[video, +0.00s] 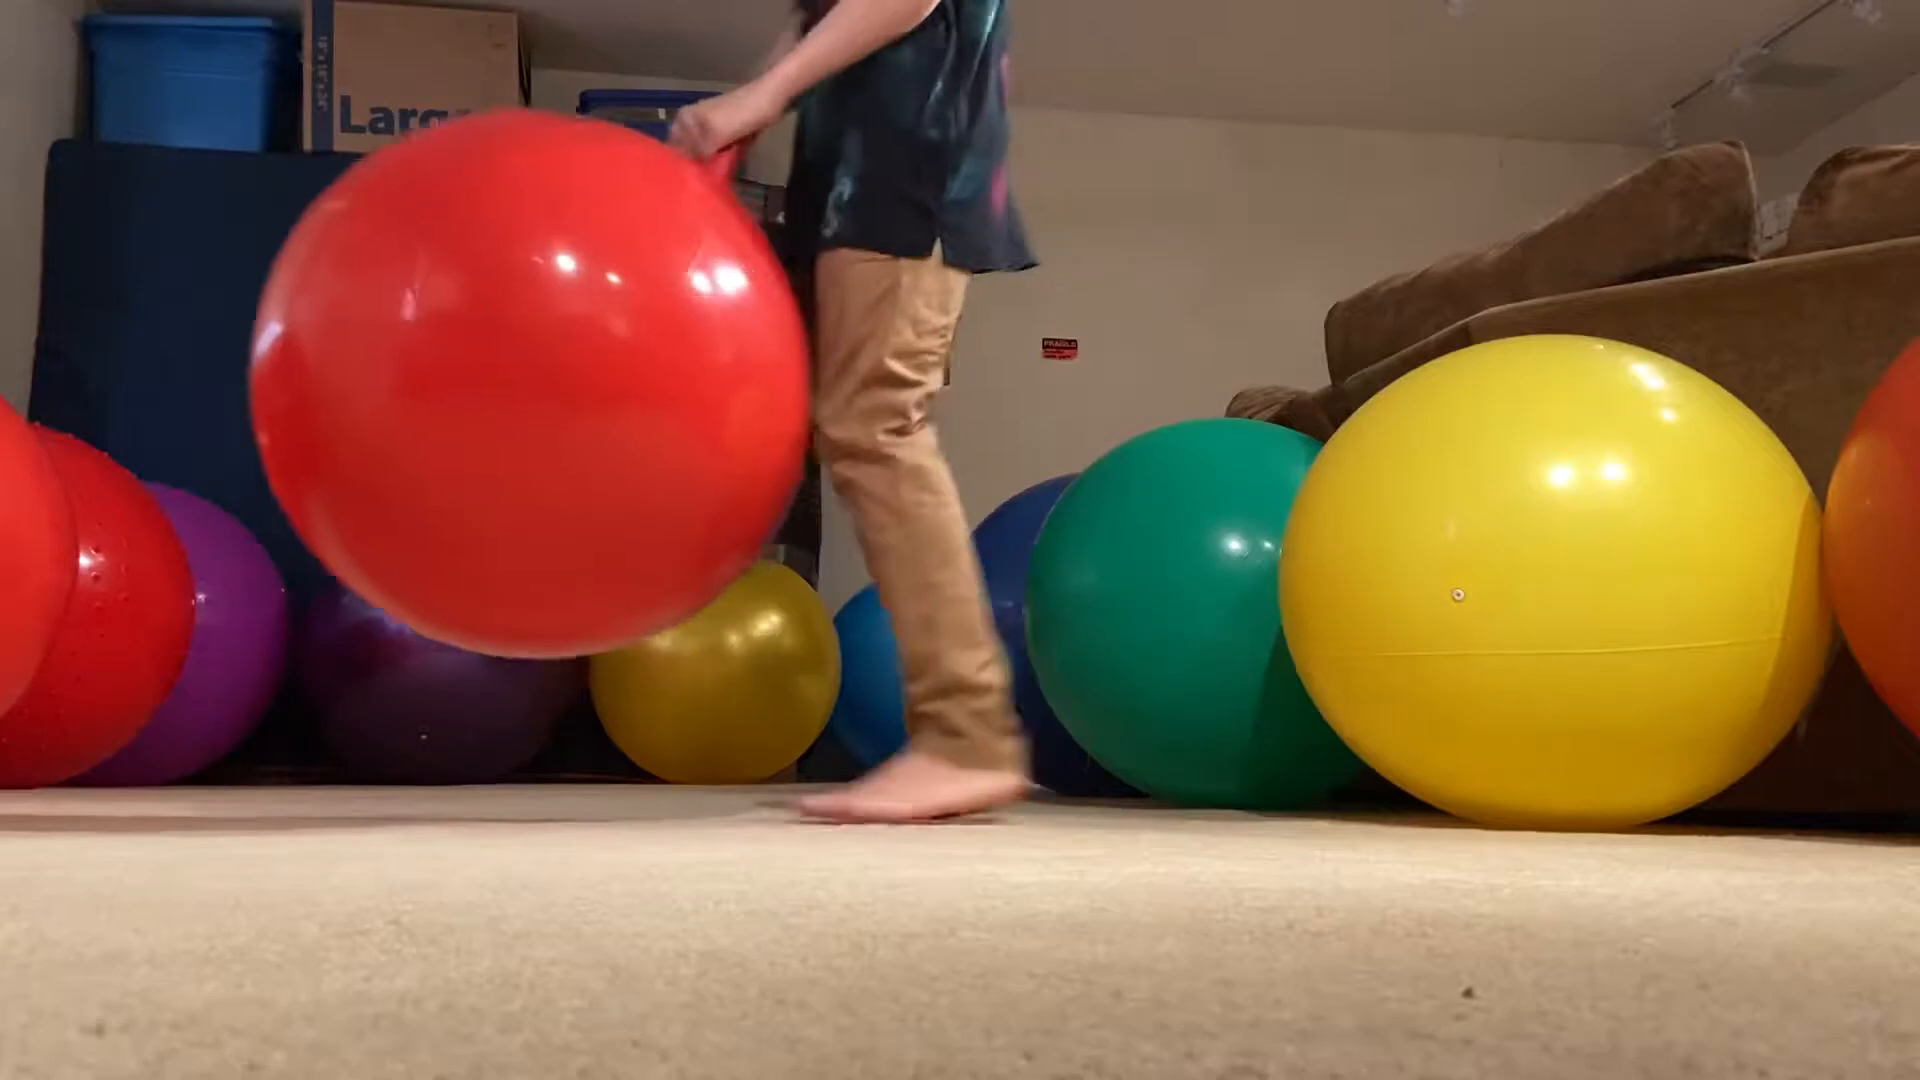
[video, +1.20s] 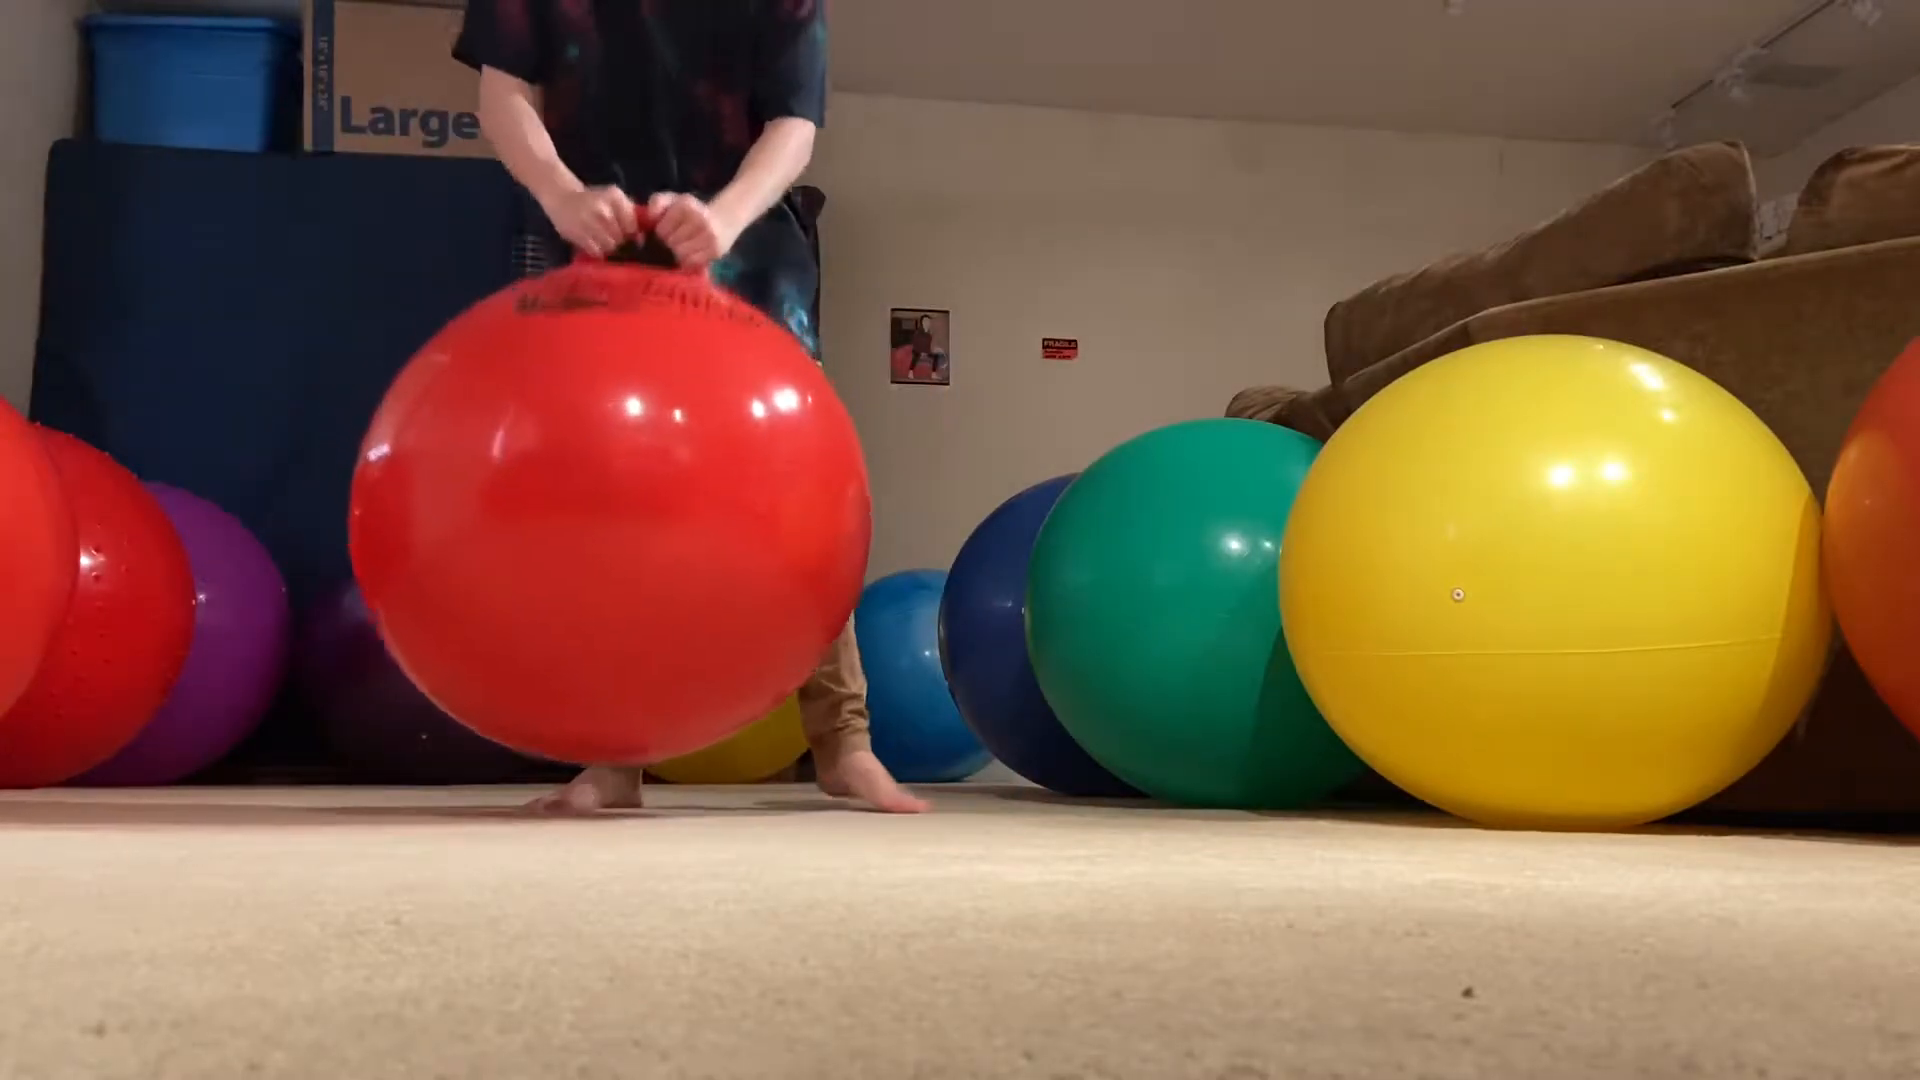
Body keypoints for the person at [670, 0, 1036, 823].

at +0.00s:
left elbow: (908, 3)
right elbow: (832, 18)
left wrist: (761, 94)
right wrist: (752, 103)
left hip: (910, 155)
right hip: (863, 154)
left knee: (876, 427)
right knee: (868, 430)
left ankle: (968, 741)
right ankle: (957, 735)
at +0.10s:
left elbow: (895, 6)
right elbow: (764, 17)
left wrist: (751, 100)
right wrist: (694, 111)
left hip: (873, 141)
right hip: (810, 148)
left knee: (822, 438)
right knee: (835, 441)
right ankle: (947, 722)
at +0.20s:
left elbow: (901, 3)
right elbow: (712, 16)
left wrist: (737, 109)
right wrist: (646, 104)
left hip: (820, 160)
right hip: (730, 169)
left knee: (784, 453)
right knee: (756, 455)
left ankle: (783, 762)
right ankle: (910, 681)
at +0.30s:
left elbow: (890, 8)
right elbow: (652, 14)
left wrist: (720, 114)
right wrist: (606, 99)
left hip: (788, 184)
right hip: (681, 192)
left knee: (771, 454)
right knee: (692, 460)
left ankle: (783, 758)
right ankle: (843, 666)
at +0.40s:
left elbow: (870, 14)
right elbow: (603, 7)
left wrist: (716, 115)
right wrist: (569, 101)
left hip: (771, 190)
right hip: (651, 197)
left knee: (766, 451)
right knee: (682, 458)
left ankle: (779, 753)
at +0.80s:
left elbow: (759, 65)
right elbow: (471, 48)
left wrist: (697, 177)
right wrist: (530, 144)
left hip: (720, 206)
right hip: (571, 207)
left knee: (752, 456)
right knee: (585, 457)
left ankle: (776, 722)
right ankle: (611, 740)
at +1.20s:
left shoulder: (785, 6)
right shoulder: (528, 3)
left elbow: (795, 123)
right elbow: (502, 94)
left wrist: (722, 216)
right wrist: (564, 195)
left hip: (750, 257)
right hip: (596, 256)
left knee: (794, 483)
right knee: (597, 491)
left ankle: (844, 742)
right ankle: (612, 762)